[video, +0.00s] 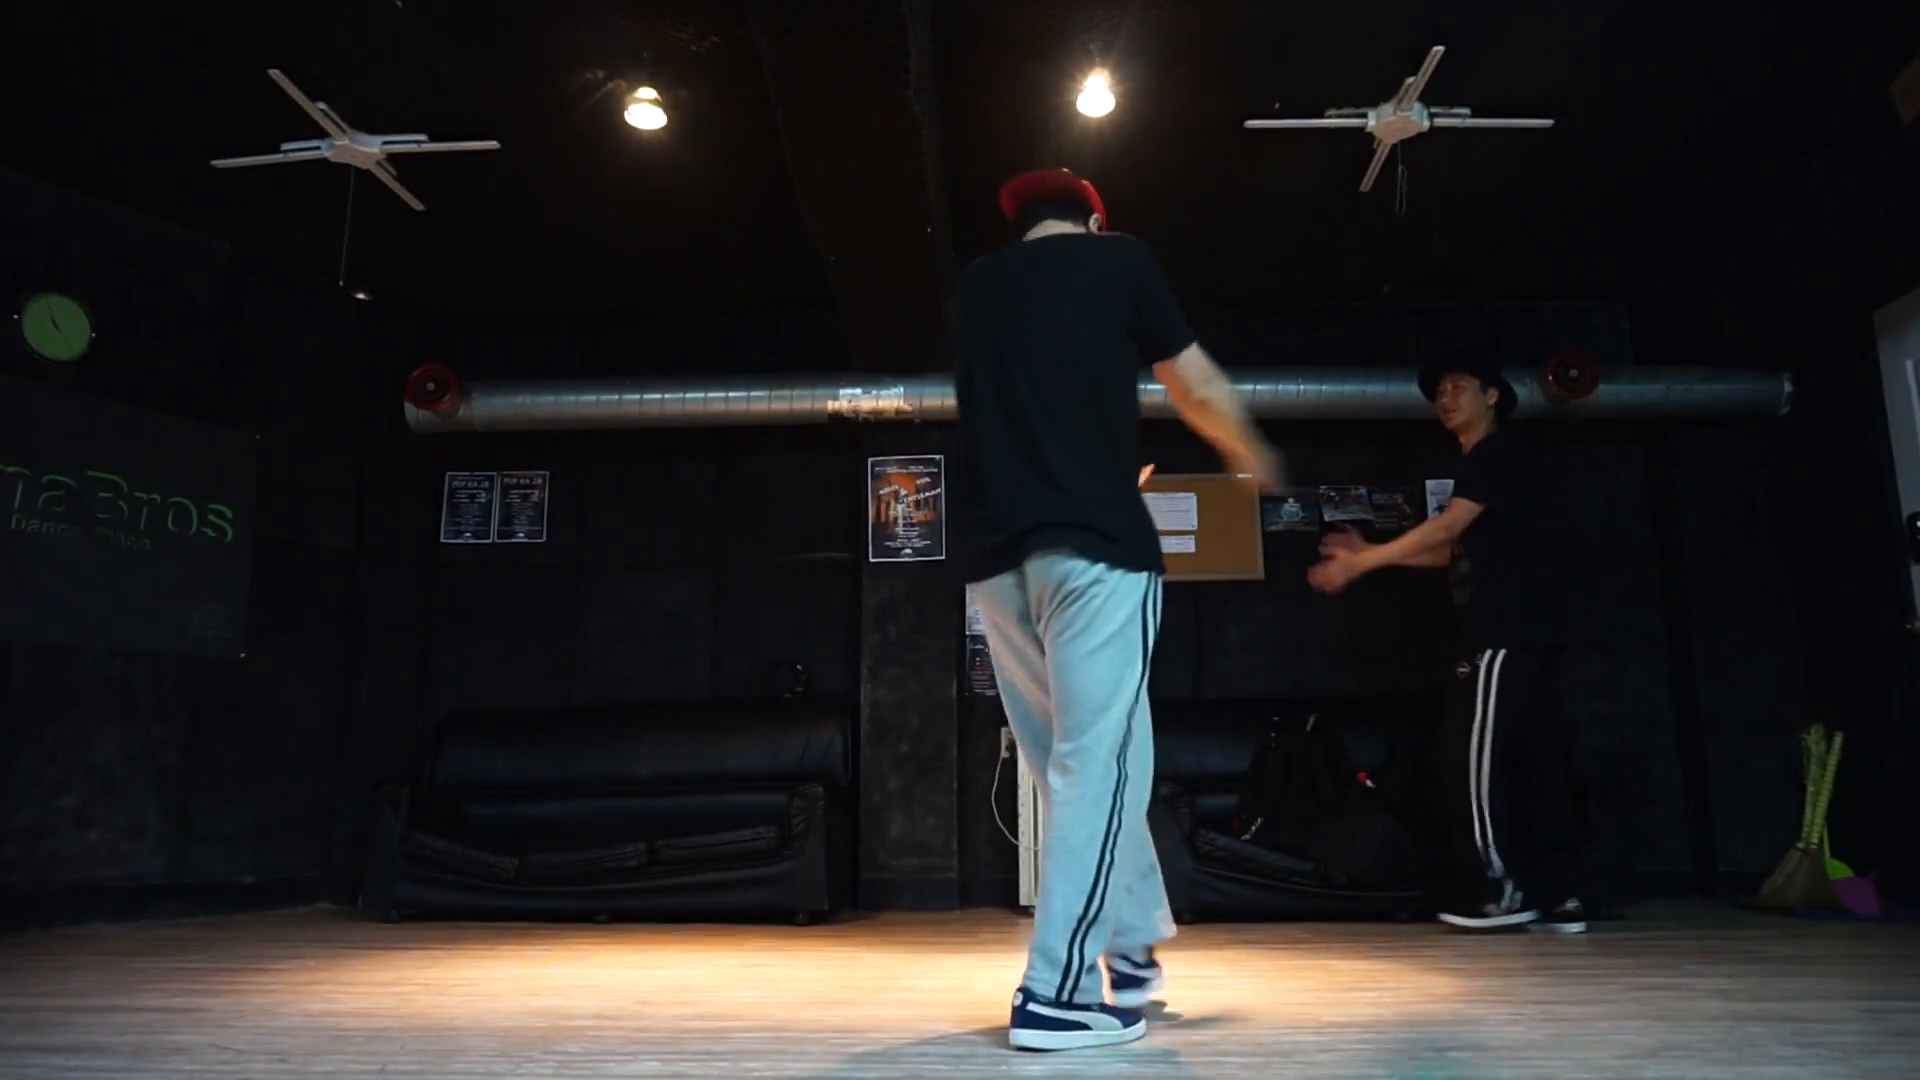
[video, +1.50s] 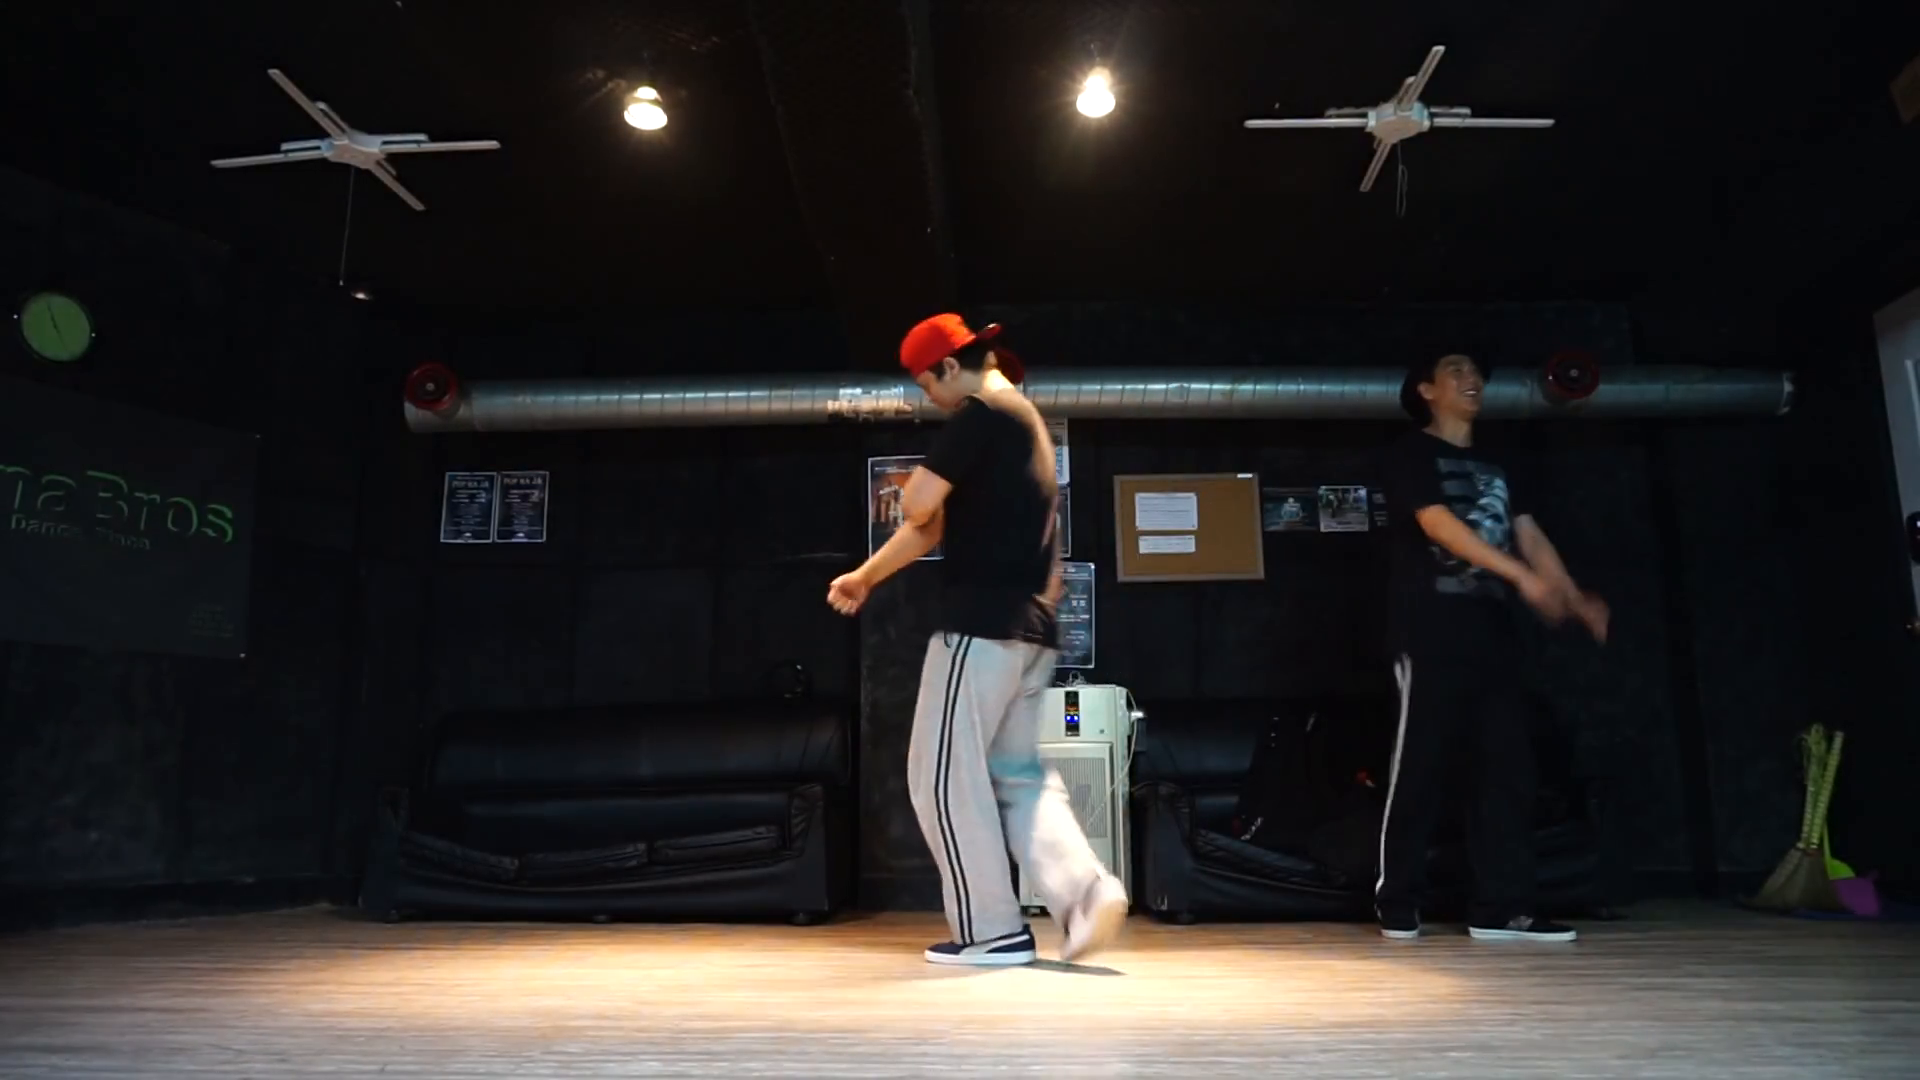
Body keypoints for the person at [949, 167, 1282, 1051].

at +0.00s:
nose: (1097, 231)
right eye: (1096, 220)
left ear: (1015, 229)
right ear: (1094, 219)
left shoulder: (977, 286)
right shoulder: (1117, 261)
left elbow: (1008, 414)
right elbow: (1196, 391)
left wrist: (1109, 474)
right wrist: (1255, 459)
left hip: (995, 556)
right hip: (1095, 539)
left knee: (1084, 760)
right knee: (1091, 766)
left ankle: (1129, 960)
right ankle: (1054, 996)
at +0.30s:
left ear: (1030, 294)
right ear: (1103, 281)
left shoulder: (1005, 341)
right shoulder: (1156, 326)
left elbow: (1004, 438)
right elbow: (1149, 422)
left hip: (1036, 591)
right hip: (1140, 583)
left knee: (1073, 780)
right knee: (1177, 763)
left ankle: (1134, 974)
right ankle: (1112, 891)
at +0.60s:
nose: (1040, 315)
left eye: (1038, 305)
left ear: (1037, 306)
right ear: (1109, 302)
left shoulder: (1016, 352)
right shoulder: (1170, 359)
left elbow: (975, 444)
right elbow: (1215, 471)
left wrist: (1005, 379)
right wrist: (1278, 567)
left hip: (1057, 590)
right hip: (1146, 593)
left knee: (1077, 768)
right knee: (1132, 756)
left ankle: (1131, 953)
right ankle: (1144, 936)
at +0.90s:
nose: (1023, 358)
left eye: (1024, 349)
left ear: (1031, 346)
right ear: (1095, 340)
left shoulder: (1016, 387)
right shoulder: (1151, 393)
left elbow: (965, 473)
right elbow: (1193, 481)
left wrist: (970, 407)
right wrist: (1251, 561)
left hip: (1052, 618)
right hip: (1135, 618)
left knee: (1030, 781)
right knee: (1111, 781)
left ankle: (1132, 892)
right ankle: (1097, 945)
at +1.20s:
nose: (984, 362)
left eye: (983, 354)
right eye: (984, 354)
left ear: (994, 346)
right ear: (1052, 339)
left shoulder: (1006, 390)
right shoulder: (1091, 395)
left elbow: (950, 478)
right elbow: (1073, 485)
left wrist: (970, 412)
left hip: (1030, 605)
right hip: (1100, 607)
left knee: (974, 753)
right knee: (1086, 776)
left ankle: (1028, 902)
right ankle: (1109, 942)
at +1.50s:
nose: (927, 400)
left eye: (925, 386)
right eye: (922, 389)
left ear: (946, 368)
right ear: (971, 361)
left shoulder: (976, 416)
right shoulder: (1023, 415)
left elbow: (917, 508)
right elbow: (933, 529)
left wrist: (916, 481)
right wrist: (866, 575)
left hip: (977, 624)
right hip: (1028, 624)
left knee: (942, 774)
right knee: (1015, 772)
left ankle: (992, 934)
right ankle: (1083, 891)